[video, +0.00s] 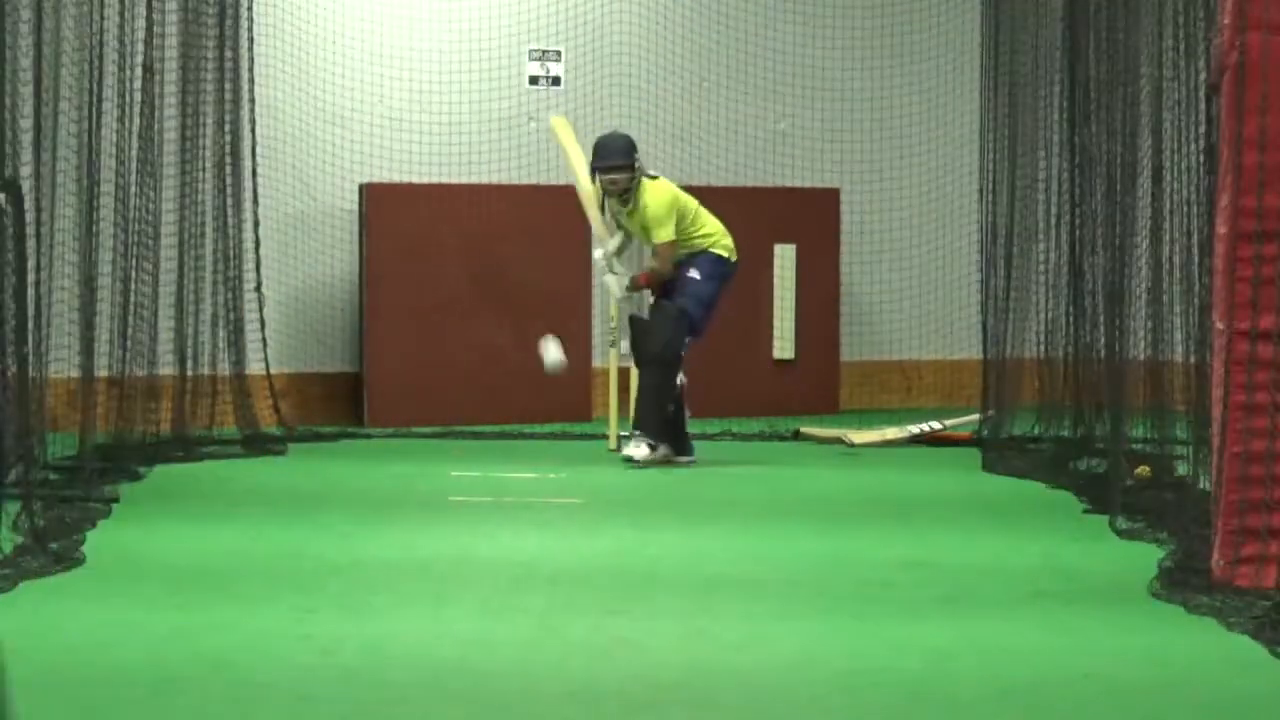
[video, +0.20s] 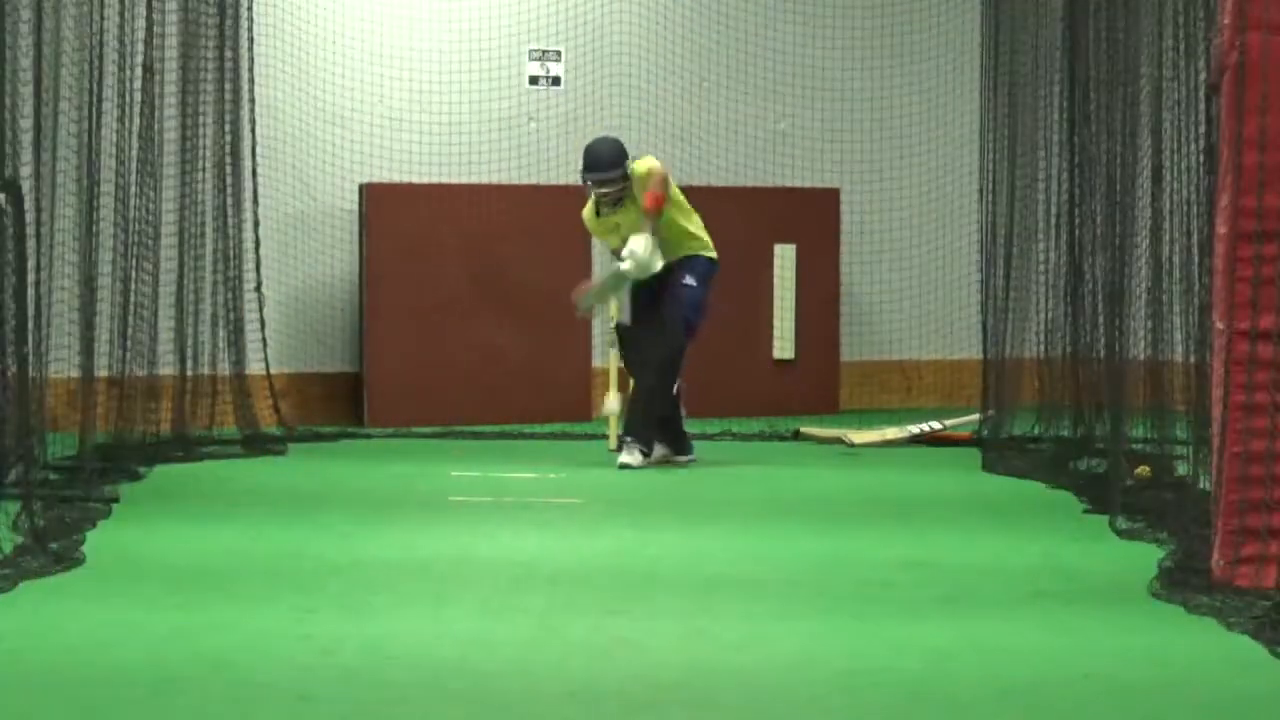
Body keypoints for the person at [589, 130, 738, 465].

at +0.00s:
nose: (614, 179)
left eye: (621, 171)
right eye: (606, 173)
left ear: (634, 170)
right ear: (597, 175)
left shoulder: (655, 198)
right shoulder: (610, 197)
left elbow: (665, 268)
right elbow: (626, 228)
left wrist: (630, 283)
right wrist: (614, 249)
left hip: (711, 253)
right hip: (678, 257)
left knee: (665, 337)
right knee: (658, 345)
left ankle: (648, 436)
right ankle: (676, 443)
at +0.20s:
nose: (607, 193)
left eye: (613, 185)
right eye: (599, 187)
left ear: (625, 174)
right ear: (588, 184)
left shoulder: (643, 171)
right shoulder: (592, 216)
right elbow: (628, 257)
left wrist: (645, 231)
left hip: (690, 256)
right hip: (650, 270)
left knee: (667, 340)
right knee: (639, 345)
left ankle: (636, 440)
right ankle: (673, 442)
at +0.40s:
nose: (625, 180)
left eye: (631, 171)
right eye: (617, 174)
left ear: (639, 154)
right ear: (602, 165)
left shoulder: (649, 140)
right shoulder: (598, 196)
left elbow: (670, 159)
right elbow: (630, 234)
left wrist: (657, 208)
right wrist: (649, 255)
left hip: (673, 251)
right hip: (625, 260)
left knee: (666, 341)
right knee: (627, 337)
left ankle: (644, 432)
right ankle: (631, 433)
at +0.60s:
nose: (629, 164)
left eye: (637, 156)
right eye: (621, 156)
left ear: (650, 144)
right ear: (608, 146)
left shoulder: (667, 144)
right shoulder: (596, 177)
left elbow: (683, 187)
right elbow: (611, 231)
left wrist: (658, 237)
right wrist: (622, 257)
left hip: (662, 250)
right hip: (612, 252)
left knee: (649, 341)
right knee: (593, 333)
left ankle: (631, 439)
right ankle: (561, 418)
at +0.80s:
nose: (625, 150)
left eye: (633, 142)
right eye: (618, 142)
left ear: (648, 128)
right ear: (605, 130)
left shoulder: (663, 135)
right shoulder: (592, 167)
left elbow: (680, 176)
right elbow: (610, 223)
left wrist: (659, 224)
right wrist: (630, 249)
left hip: (653, 251)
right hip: (602, 251)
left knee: (643, 346)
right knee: (578, 336)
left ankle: (629, 438)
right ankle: (544, 424)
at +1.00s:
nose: (621, 137)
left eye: (629, 130)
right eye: (614, 130)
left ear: (642, 122)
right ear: (601, 123)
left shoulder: (657, 130)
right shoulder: (588, 162)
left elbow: (676, 168)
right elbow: (603, 220)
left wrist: (656, 213)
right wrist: (632, 240)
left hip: (650, 252)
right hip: (600, 251)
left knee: (643, 343)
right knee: (576, 333)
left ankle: (629, 438)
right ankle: (545, 425)